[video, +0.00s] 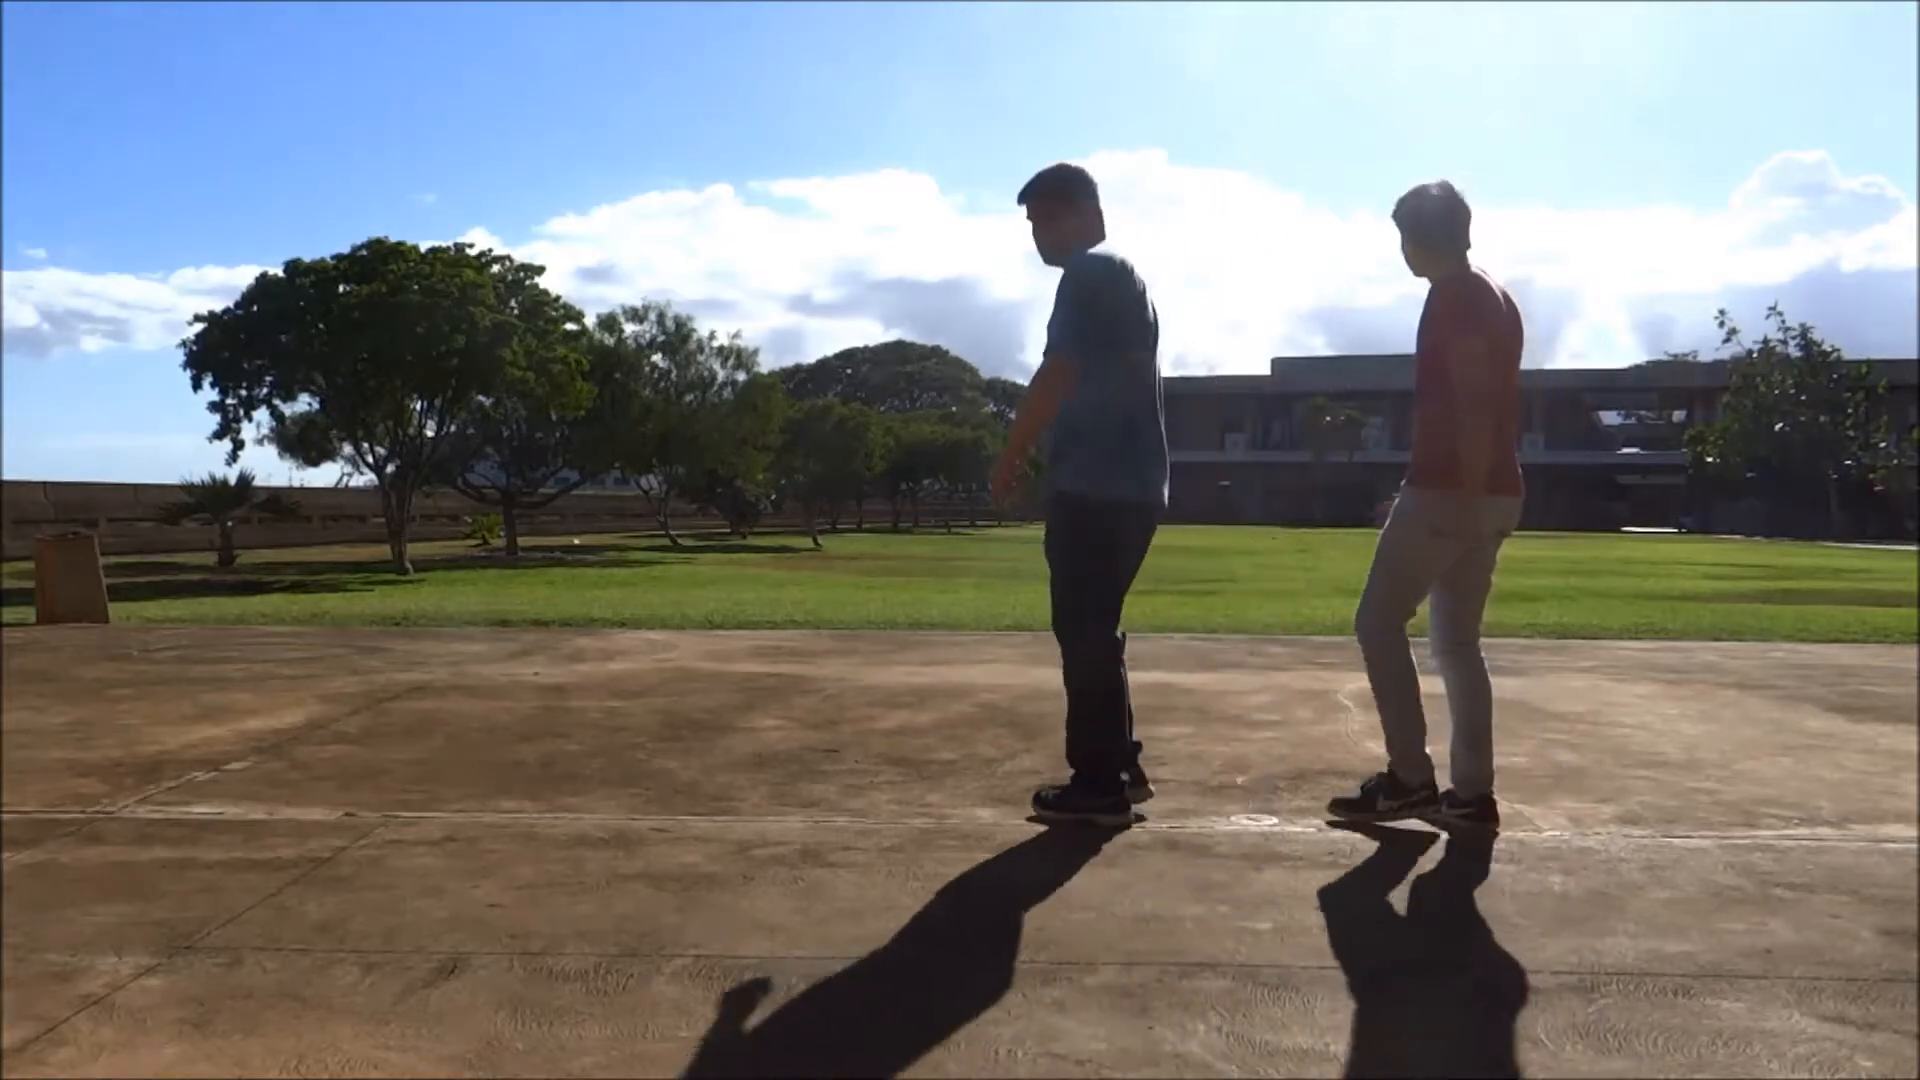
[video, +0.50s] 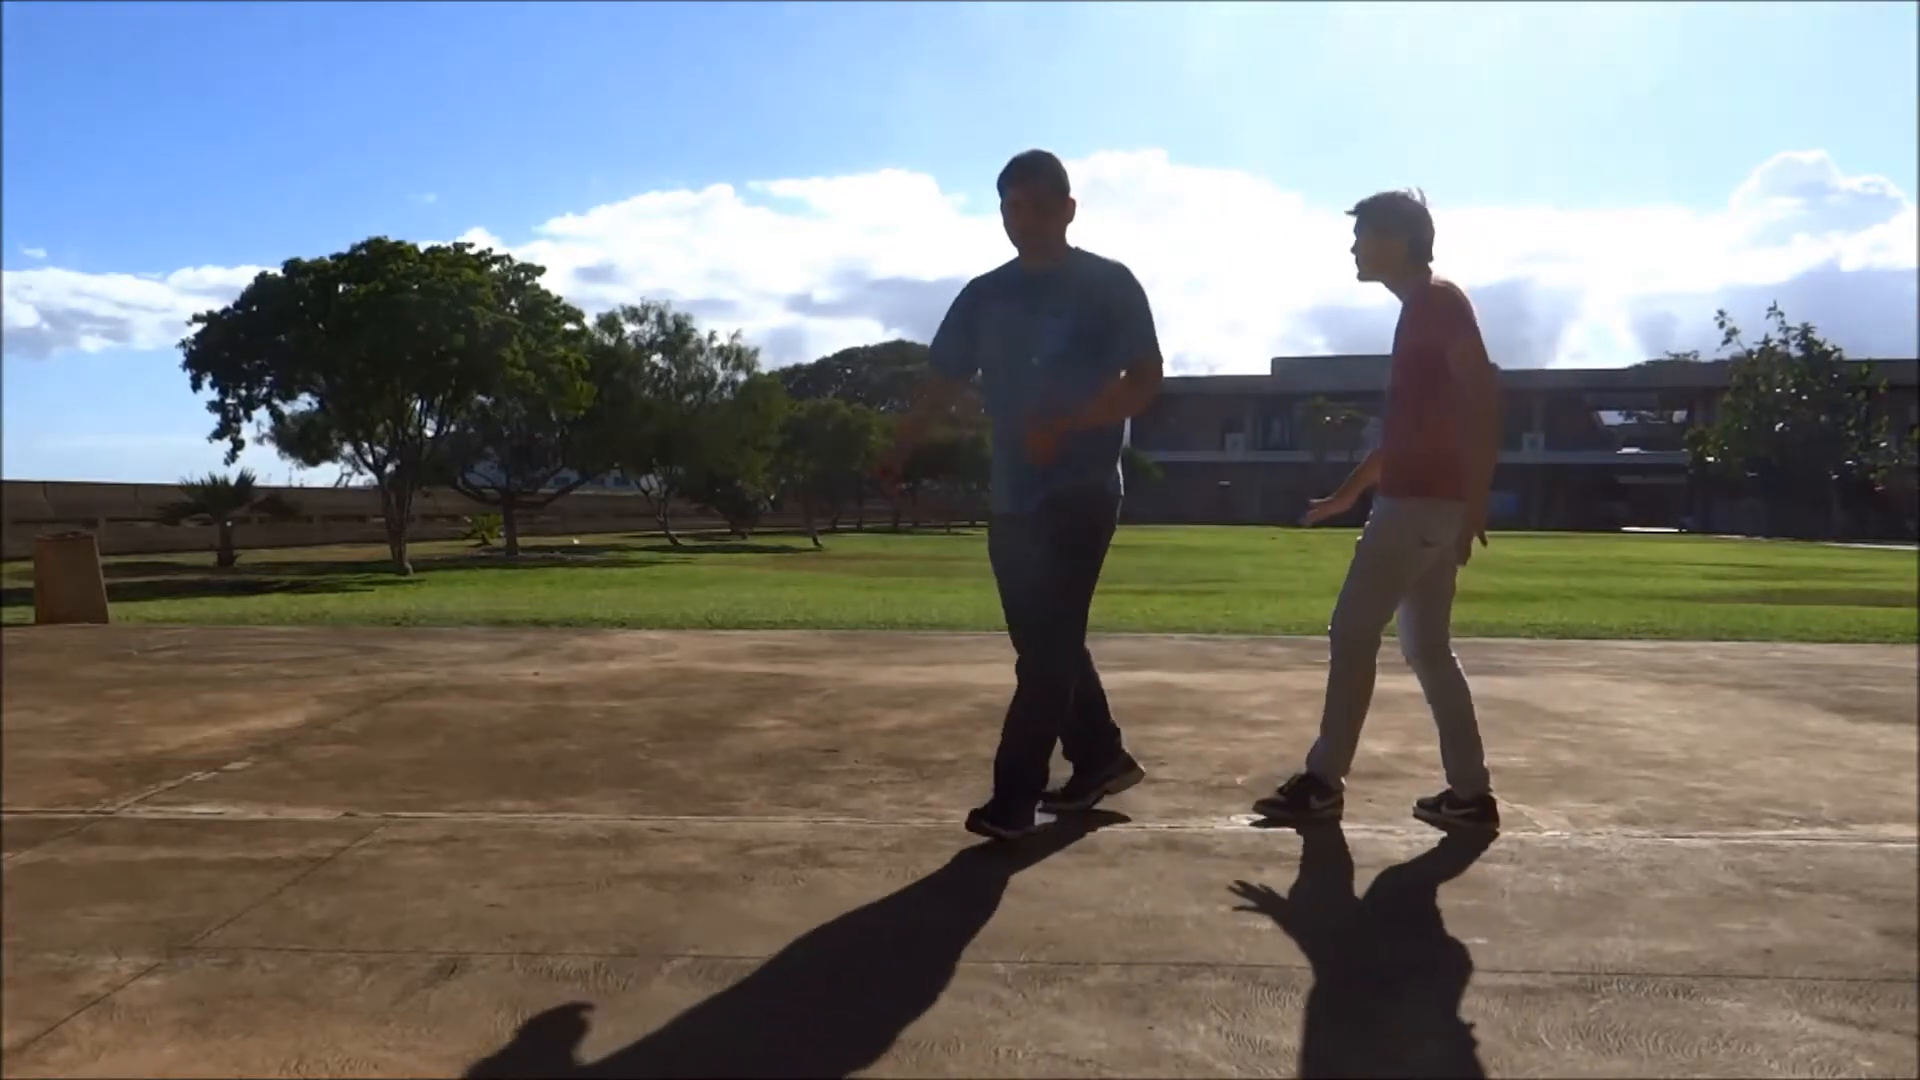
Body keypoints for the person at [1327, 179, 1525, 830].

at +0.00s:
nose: (1400, 250)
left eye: (1404, 236)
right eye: (1400, 236)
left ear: (1424, 237)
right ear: (1459, 232)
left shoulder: (1452, 300)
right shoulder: (1498, 303)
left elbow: (1473, 402)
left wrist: (1467, 492)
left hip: (1441, 494)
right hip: (1492, 497)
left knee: (1378, 623)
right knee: (1457, 640)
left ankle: (1408, 776)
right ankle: (1471, 795)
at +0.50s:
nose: (1353, 246)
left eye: (1363, 235)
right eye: (1356, 235)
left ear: (1399, 242)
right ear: (1397, 245)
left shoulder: (1439, 302)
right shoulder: (1420, 310)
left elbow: (1482, 398)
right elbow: (1405, 425)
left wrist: (1476, 501)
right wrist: (1346, 494)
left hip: (1415, 505)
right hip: (1435, 504)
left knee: (1352, 629)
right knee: (1428, 649)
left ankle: (1323, 783)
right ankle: (1471, 794)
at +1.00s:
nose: (1337, 249)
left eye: (1345, 235)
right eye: (1336, 236)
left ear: (1380, 237)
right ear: (1364, 241)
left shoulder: (1424, 306)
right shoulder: (1369, 326)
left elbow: (1464, 401)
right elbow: (1359, 428)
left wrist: (1457, 491)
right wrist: (1311, 503)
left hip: (1398, 501)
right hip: (1385, 501)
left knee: (1335, 632)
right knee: (1407, 649)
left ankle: (1322, 783)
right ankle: (1469, 790)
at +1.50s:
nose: (1298, 237)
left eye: (1308, 223)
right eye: (1293, 224)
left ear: (1342, 223)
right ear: (1293, 230)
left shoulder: (1380, 306)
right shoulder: (1306, 315)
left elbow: (1409, 404)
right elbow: (1305, 416)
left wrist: (1376, 487)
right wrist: (1279, 500)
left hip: (1345, 491)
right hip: (1301, 492)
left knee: (1311, 630)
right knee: (1293, 629)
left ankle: (1319, 780)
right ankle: (1411, 734)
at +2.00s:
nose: (1230, 232)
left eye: (1242, 218)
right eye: (1223, 222)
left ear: (1274, 221)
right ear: (1218, 231)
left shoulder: (1309, 296)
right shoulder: (1241, 315)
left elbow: (1324, 395)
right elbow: (1249, 403)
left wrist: (1229, 443)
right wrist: (1220, 461)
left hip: (1288, 495)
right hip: (1239, 493)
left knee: (1293, 636)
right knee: (1191, 624)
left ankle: (1319, 778)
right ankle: (1145, 759)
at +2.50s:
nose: (1088, 236)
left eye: (1096, 225)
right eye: (1087, 226)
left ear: (1136, 227)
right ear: (1124, 231)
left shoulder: (1160, 298)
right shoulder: (1140, 301)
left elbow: (1159, 408)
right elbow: (1138, 405)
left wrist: (1105, 485)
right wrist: (1099, 485)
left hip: (1141, 491)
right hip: (1118, 490)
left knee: (1119, 625)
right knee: (1098, 624)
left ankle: (1237, 738)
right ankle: (1113, 768)